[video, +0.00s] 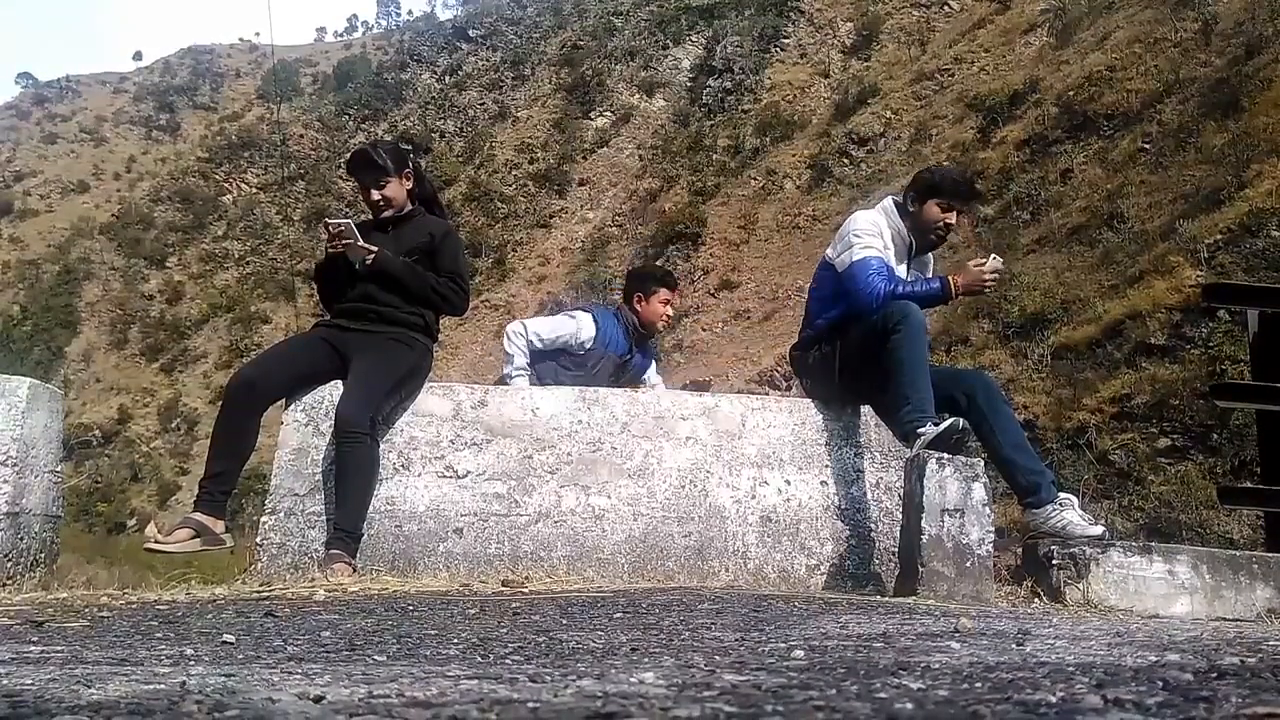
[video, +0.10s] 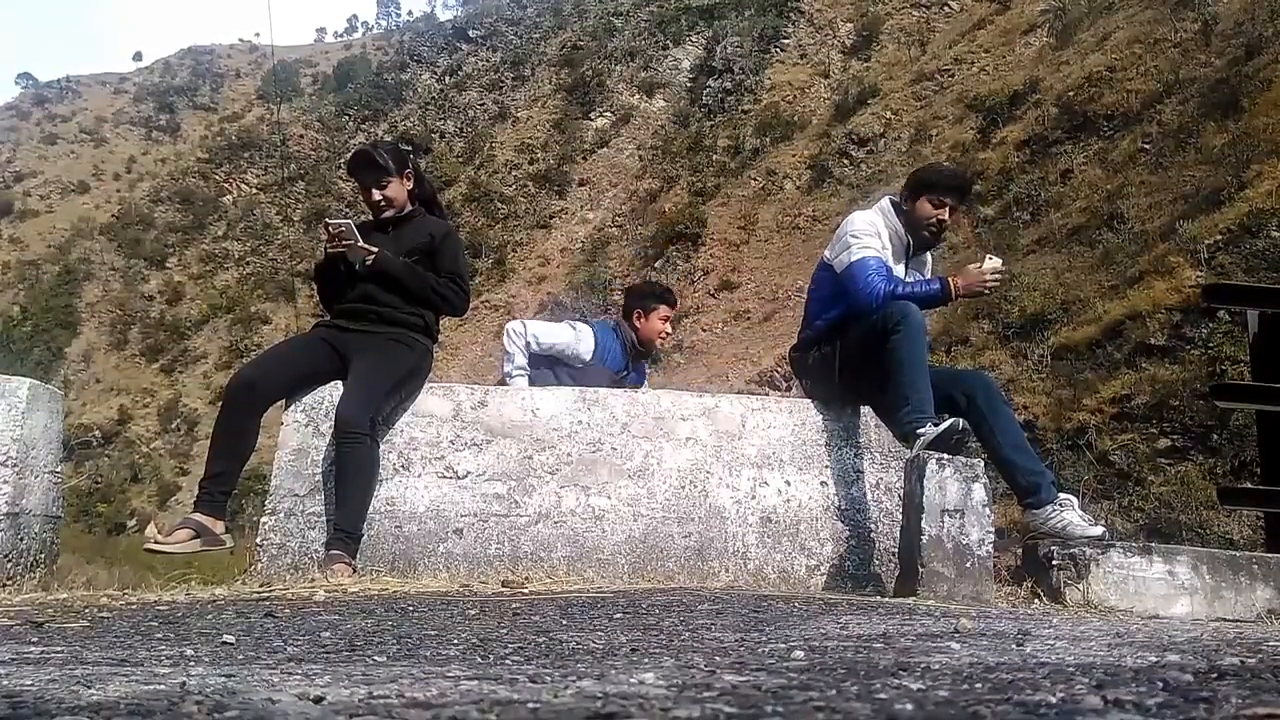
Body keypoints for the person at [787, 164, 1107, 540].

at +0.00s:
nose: (951, 222)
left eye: (959, 214)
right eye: (944, 208)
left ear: (960, 220)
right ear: (914, 200)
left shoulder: (921, 255)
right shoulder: (865, 227)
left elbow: (909, 313)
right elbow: (873, 291)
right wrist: (951, 284)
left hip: (878, 372)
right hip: (827, 366)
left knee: (976, 387)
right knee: (903, 315)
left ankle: (1043, 504)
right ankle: (917, 427)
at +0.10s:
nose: (944, 218)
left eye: (952, 212)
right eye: (936, 204)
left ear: (954, 219)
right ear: (908, 198)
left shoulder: (920, 255)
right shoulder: (863, 227)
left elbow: (909, 312)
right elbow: (872, 291)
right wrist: (951, 286)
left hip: (877, 372)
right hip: (826, 367)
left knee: (976, 388)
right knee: (903, 314)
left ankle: (1043, 505)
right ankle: (916, 426)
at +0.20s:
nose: (936, 214)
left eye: (946, 209)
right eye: (928, 201)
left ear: (950, 217)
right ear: (903, 197)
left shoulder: (919, 256)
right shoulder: (861, 227)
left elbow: (910, 313)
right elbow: (872, 291)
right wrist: (951, 287)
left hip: (879, 373)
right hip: (826, 367)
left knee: (976, 387)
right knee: (903, 315)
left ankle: (1043, 504)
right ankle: (917, 427)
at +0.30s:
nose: (927, 211)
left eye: (938, 206)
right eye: (920, 199)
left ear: (943, 216)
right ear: (897, 198)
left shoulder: (920, 256)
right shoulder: (859, 228)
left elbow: (911, 312)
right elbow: (873, 291)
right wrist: (950, 289)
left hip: (879, 372)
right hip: (826, 366)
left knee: (976, 387)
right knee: (903, 316)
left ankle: (1043, 504)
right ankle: (918, 428)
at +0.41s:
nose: (915, 209)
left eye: (928, 205)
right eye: (908, 197)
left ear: (939, 217)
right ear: (892, 196)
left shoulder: (921, 257)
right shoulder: (857, 228)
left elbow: (912, 313)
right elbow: (874, 293)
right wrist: (951, 290)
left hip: (881, 373)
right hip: (826, 367)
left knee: (976, 387)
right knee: (904, 316)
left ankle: (1043, 504)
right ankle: (918, 428)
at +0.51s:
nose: (907, 209)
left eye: (921, 205)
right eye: (901, 198)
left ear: (936, 217)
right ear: (891, 197)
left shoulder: (921, 254)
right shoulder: (855, 229)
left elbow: (914, 308)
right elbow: (875, 292)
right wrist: (951, 290)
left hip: (880, 373)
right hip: (825, 368)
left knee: (977, 388)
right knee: (904, 317)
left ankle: (1043, 505)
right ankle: (918, 429)